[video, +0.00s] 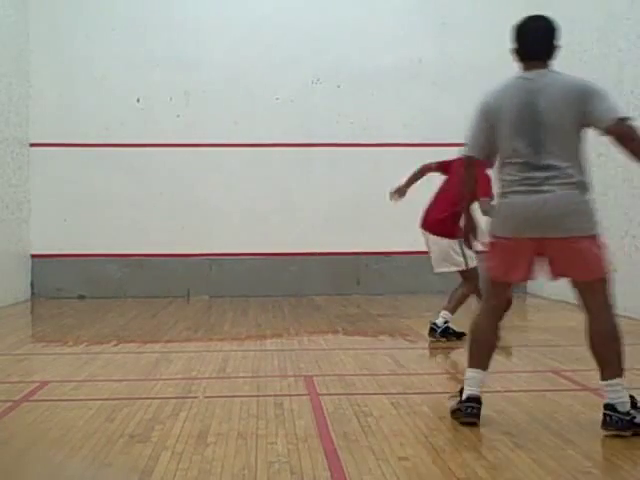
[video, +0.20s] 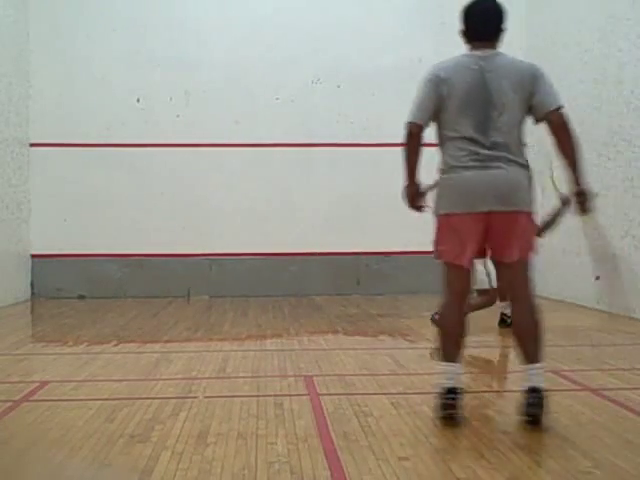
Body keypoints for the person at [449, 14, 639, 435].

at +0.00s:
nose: (530, 52)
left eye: (524, 45)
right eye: (546, 44)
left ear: (516, 51)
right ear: (555, 49)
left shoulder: (496, 98)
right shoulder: (578, 91)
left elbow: (471, 162)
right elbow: (624, 133)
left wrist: (467, 212)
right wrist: (639, 157)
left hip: (511, 218)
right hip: (569, 216)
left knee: (492, 304)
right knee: (598, 307)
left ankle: (470, 397)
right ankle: (618, 406)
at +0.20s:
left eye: (469, 26)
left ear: (464, 32)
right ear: (501, 32)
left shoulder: (442, 74)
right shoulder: (526, 73)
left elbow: (413, 131)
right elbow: (560, 127)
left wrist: (411, 182)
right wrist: (578, 183)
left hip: (458, 195)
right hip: (513, 196)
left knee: (455, 295)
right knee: (520, 294)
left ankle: (451, 388)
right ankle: (535, 387)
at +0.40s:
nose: (422, 53)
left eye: (417, 45)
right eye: (436, 47)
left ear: (409, 51)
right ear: (446, 52)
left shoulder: (388, 96)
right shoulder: (466, 99)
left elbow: (367, 158)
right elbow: (501, 157)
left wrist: (360, 211)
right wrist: (492, 201)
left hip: (402, 219)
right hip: (459, 218)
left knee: (378, 306)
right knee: (478, 305)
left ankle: (373, 403)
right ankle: (516, 396)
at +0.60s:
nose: (338, 31)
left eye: (336, 25)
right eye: (349, 24)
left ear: (335, 30)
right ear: (370, 31)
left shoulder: (327, 64)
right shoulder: (391, 75)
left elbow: (319, 121)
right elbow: (407, 143)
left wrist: (296, 182)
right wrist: (378, 173)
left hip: (346, 195)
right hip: (395, 193)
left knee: (329, 292)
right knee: (385, 286)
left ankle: (350, 390)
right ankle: (420, 383)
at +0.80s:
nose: (253, 59)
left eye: (253, 51)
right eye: (262, 51)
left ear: (254, 54)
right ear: (287, 52)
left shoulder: (266, 89)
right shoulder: (295, 91)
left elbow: (259, 143)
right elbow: (281, 175)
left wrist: (211, 197)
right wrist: (230, 211)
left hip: (282, 231)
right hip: (314, 229)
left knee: (219, 307)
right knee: (334, 313)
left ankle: (257, 418)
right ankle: (398, 394)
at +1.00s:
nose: (130, 81)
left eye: (130, 73)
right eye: (133, 72)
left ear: (134, 73)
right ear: (162, 68)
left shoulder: (167, 108)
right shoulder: (164, 113)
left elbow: (123, 169)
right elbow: (150, 197)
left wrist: (61, 220)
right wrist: (86, 217)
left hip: (195, 244)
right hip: (178, 243)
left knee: (167, 343)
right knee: (121, 295)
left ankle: (254, 423)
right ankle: (177, 369)